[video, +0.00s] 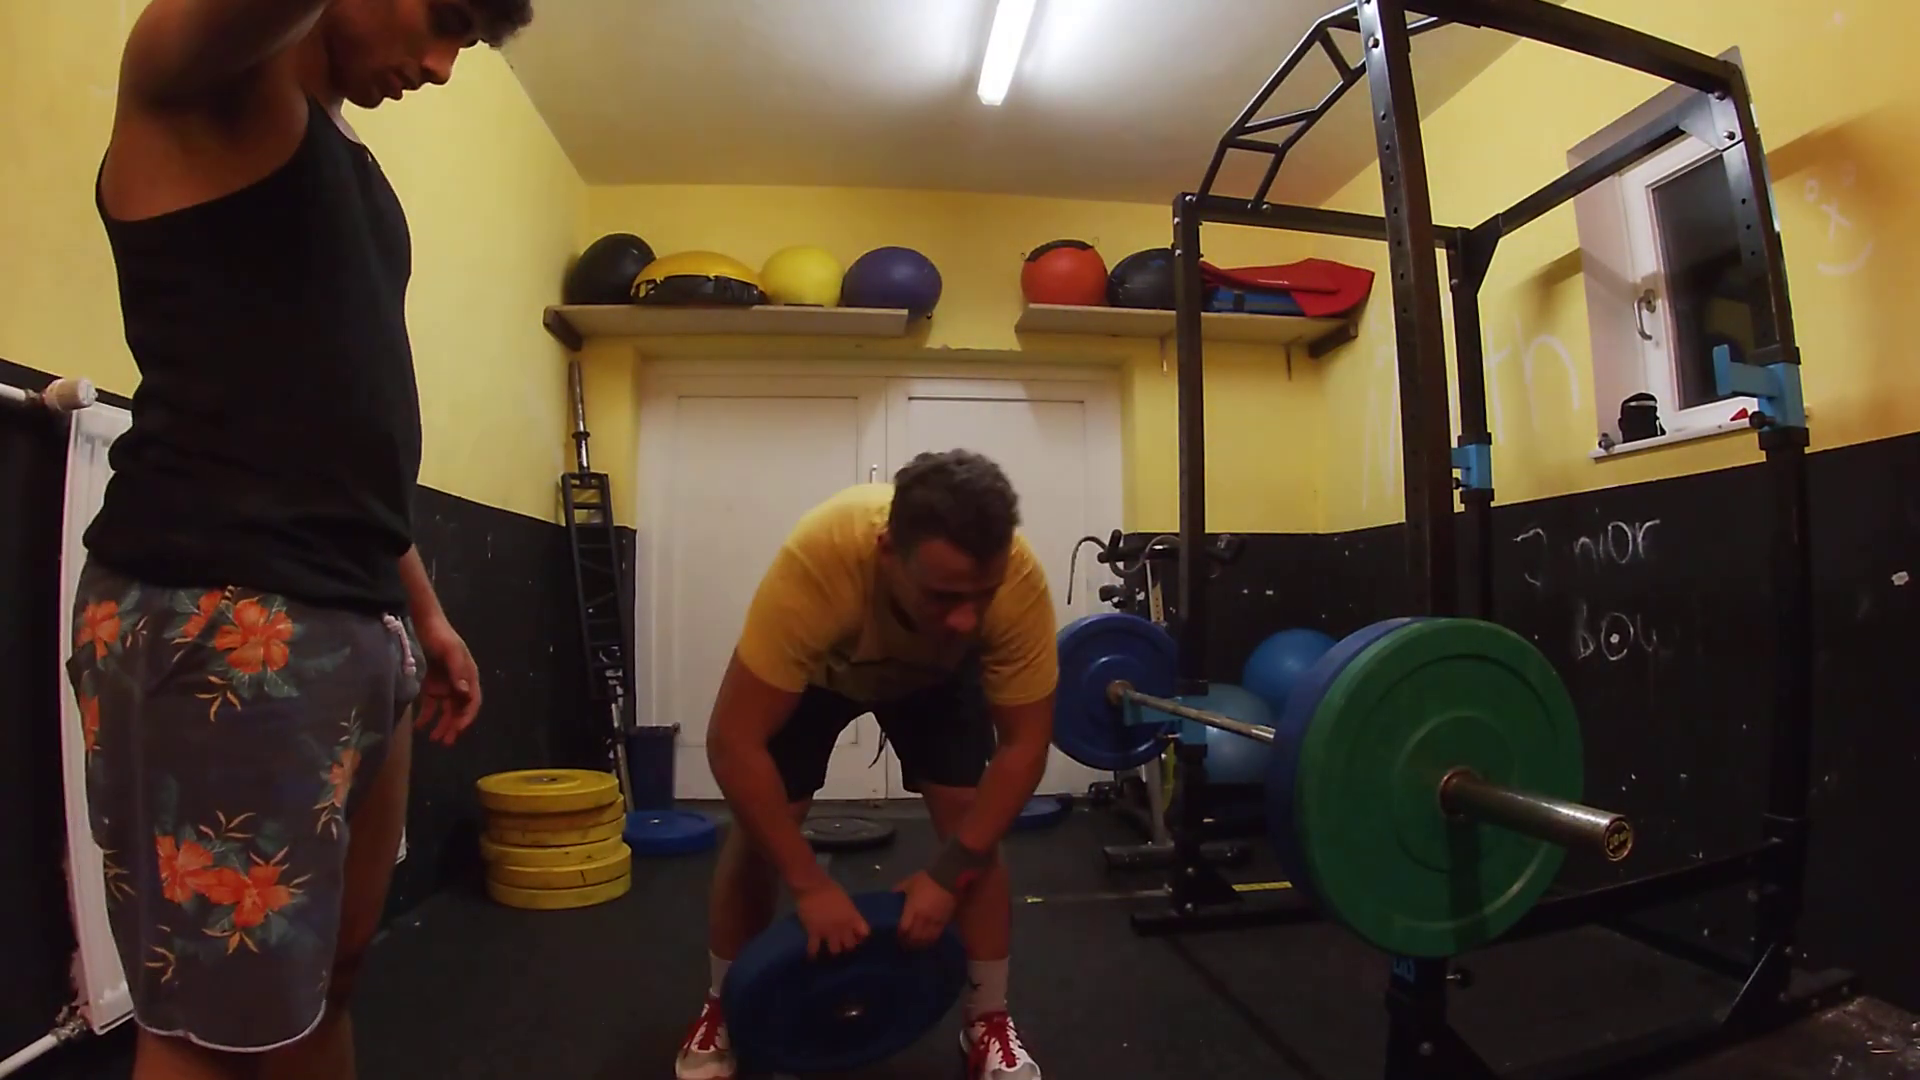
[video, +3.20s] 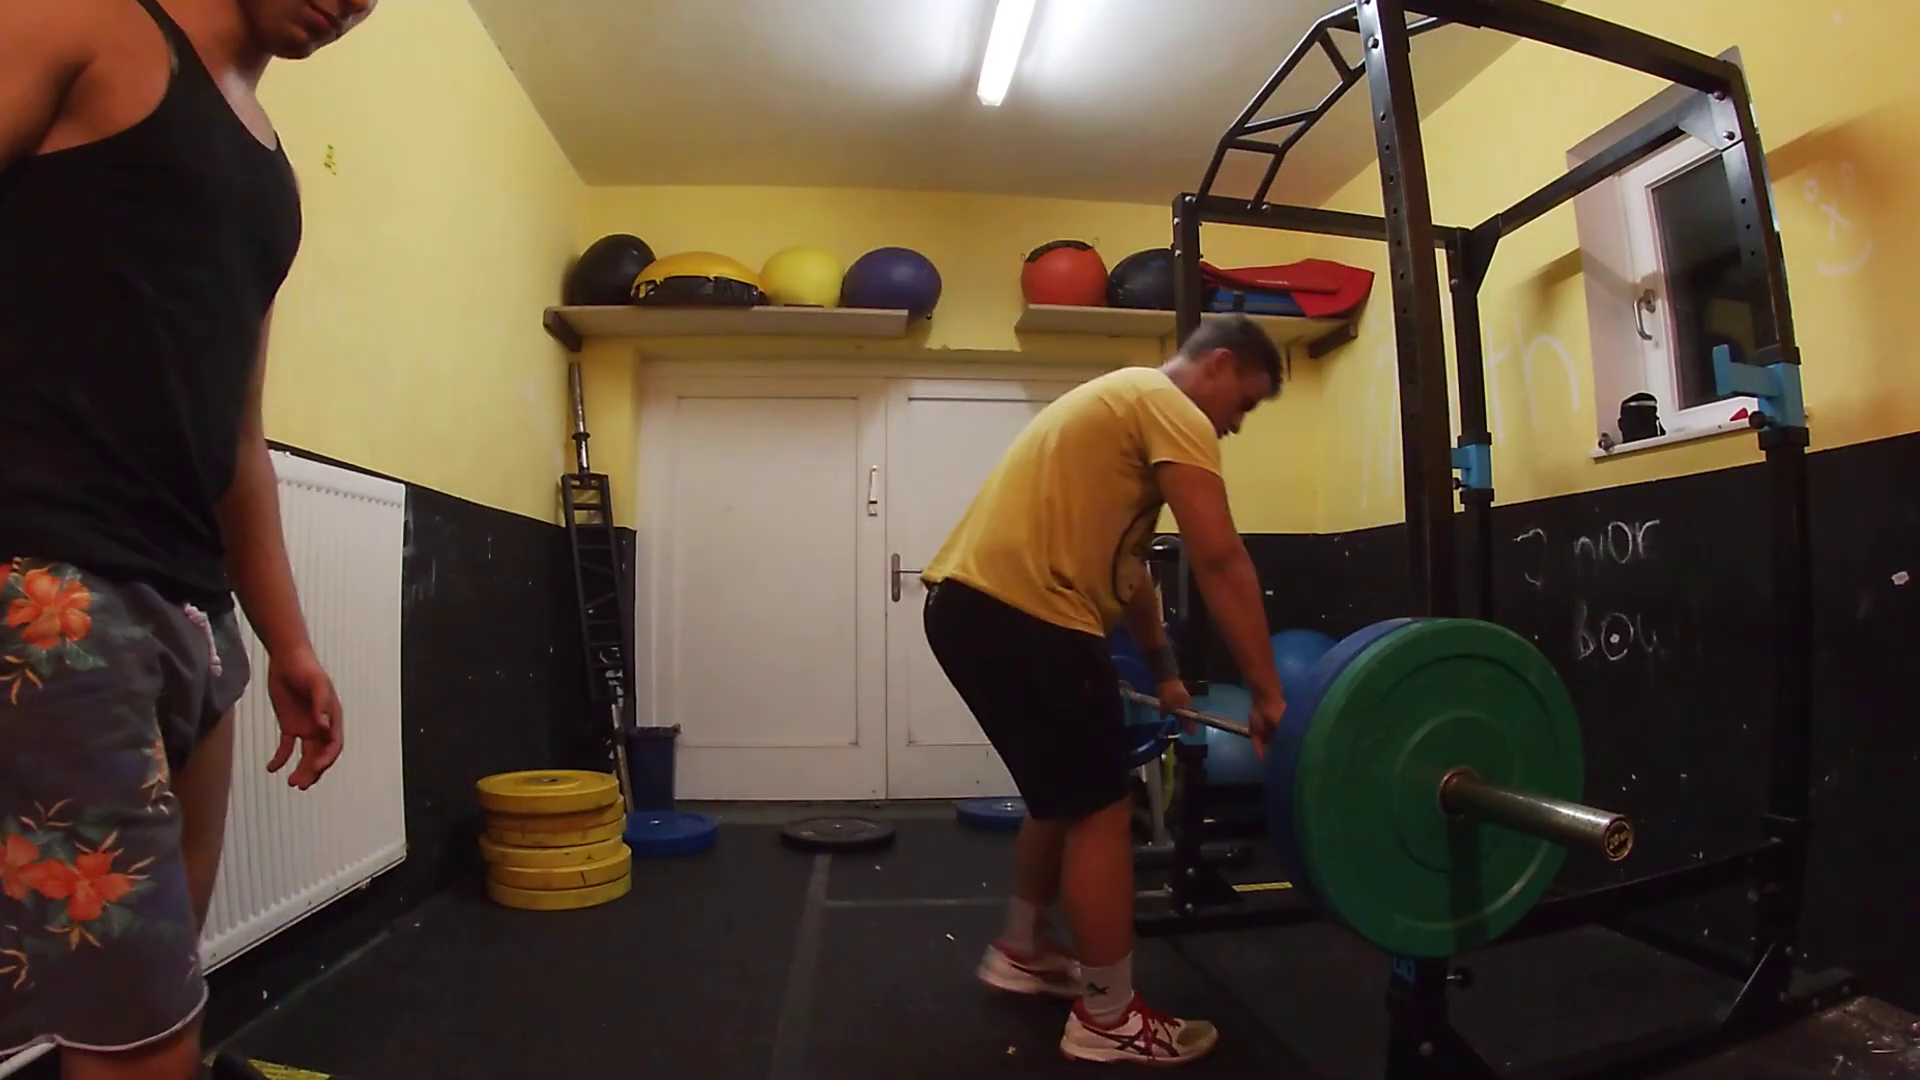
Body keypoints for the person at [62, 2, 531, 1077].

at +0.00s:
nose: (441, 69)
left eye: (463, 49)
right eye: (445, 28)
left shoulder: (342, 151)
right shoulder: (198, 86)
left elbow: (347, 401)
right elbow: (229, 28)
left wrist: (420, 605)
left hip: (357, 619)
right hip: (223, 617)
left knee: (325, 996)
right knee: (215, 1034)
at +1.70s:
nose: (453, 60)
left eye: (475, 40)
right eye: (458, 21)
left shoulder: (350, 163)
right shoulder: (196, 59)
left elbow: (333, 417)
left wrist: (415, 611)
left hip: (356, 619)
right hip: (223, 616)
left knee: (324, 993)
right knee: (214, 1036)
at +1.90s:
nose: (461, 43)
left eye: (476, 22)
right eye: (463, 9)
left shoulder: (336, 141)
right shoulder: (186, 73)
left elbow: (299, 407)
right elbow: (59, 339)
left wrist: (382, 597)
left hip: (330, 619)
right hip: (189, 620)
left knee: (316, 1003)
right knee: (199, 1035)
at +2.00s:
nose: (461, 33)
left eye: (476, 14)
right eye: (463, 1)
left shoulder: (338, 133)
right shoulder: (180, 57)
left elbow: (302, 405)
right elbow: (27, 331)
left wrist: (373, 610)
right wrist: (88, 687)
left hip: (336, 641)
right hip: (211, 636)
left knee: (317, 1014)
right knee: (191, 1051)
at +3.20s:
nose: (357, 4)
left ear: (346, 20)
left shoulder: (263, 157)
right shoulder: (78, 22)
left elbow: (235, 430)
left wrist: (288, 641)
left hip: (186, 606)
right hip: (47, 592)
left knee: (147, 1009)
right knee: (140, 1044)